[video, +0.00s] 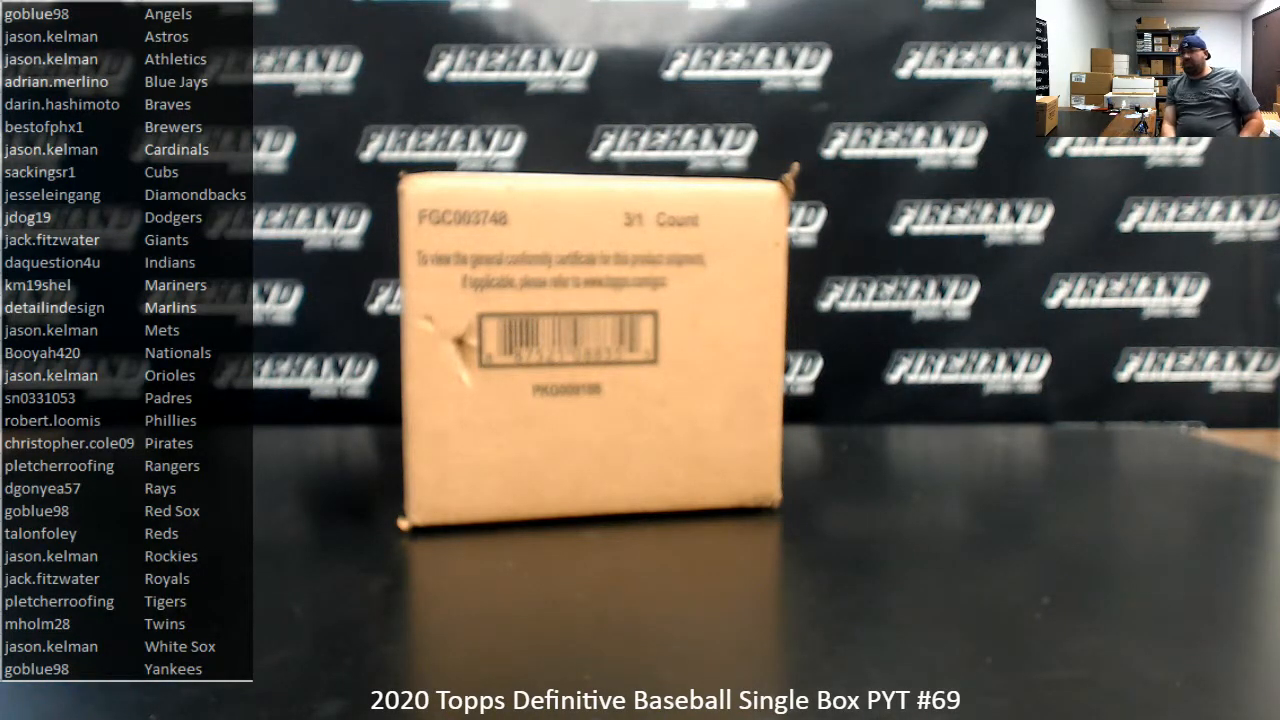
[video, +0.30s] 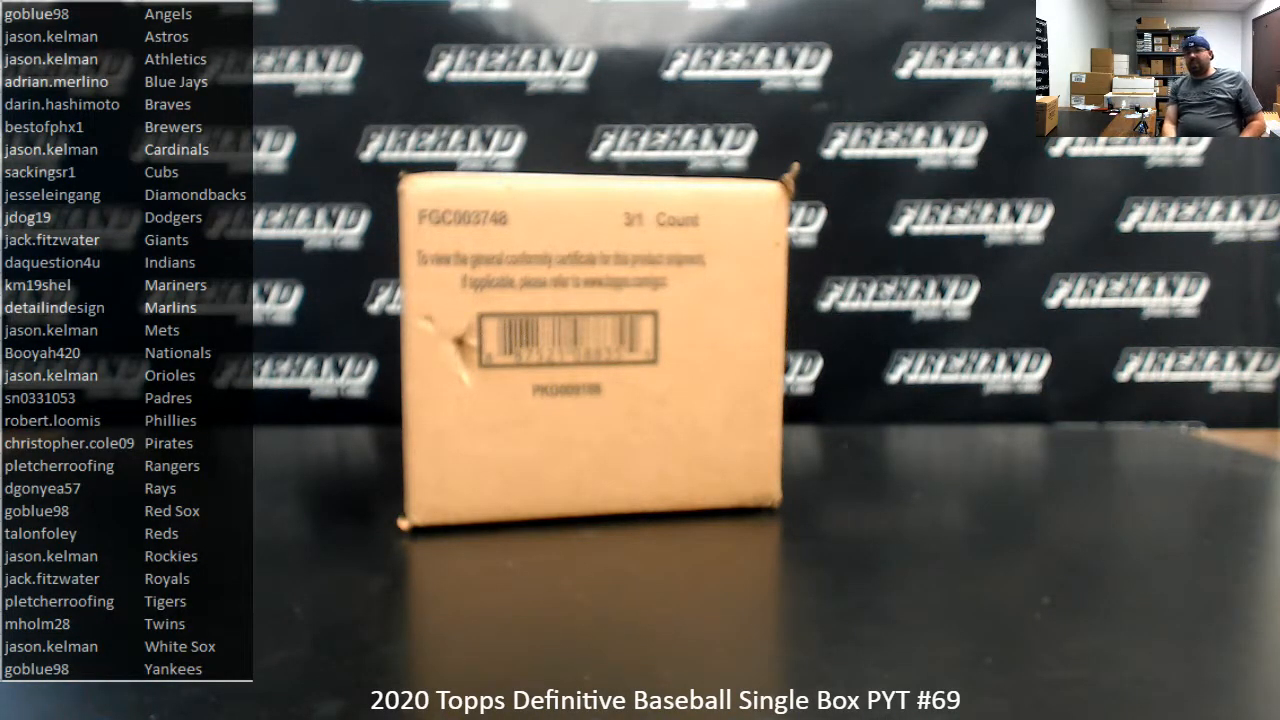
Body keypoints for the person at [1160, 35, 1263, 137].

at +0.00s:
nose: (1186, 57)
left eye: (1192, 51)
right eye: (1183, 53)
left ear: (1205, 54)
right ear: (1180, 57)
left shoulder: (1231, 78)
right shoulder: (1175, 86)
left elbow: (1256, 120)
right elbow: (1168, 123)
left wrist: (1237, 149)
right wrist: (1170, 150)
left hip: (1225, 153)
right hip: (1185, 155)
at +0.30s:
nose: (1192, 56)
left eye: (1197, 51)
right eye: (1187, 53)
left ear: (1210, 54)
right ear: (1184, 58)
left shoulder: (1235, 79)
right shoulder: (1179, 86)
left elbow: (1258, 122)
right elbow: (1170, 123)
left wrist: (1237, 149)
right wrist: (1170, 150)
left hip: (1226, 152)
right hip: (1186, 154)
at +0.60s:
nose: (1198, 55)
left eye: (1204, 50)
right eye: (1194, 51)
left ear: (1217, 53)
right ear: (1189, 57)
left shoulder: (1241, 80)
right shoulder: (1183, 85)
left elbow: (1262, 127)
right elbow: (1172, 122)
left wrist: (1235, 152)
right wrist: (1168, 150)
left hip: (1226, 156)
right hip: (1186, 156)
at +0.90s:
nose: (1199, 56)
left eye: (1206, 50)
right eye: (1196, 51)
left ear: (1222, 52)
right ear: (1192, 54)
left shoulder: (1246, 82)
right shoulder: (1189, 84)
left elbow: (1266, 131)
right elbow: (1175, 120)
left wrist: (1239, 159)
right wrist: (1167, 149)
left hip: (1228, 159)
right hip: (1187, 159)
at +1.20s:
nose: (1185, 58)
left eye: (1191, 52)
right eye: (1185, 52)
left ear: (1214, 51)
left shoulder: (1245, 85)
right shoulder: (1189, 83)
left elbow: (1265, 140)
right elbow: (1175, 121)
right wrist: (1164, 151)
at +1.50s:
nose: (1165, 62)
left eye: (1169, 56)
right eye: (1165, 56)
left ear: (1191, 55)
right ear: (1191, 55)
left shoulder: (1227, 90)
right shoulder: (1179, 86)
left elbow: (1253, 143)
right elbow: (1170, 125)